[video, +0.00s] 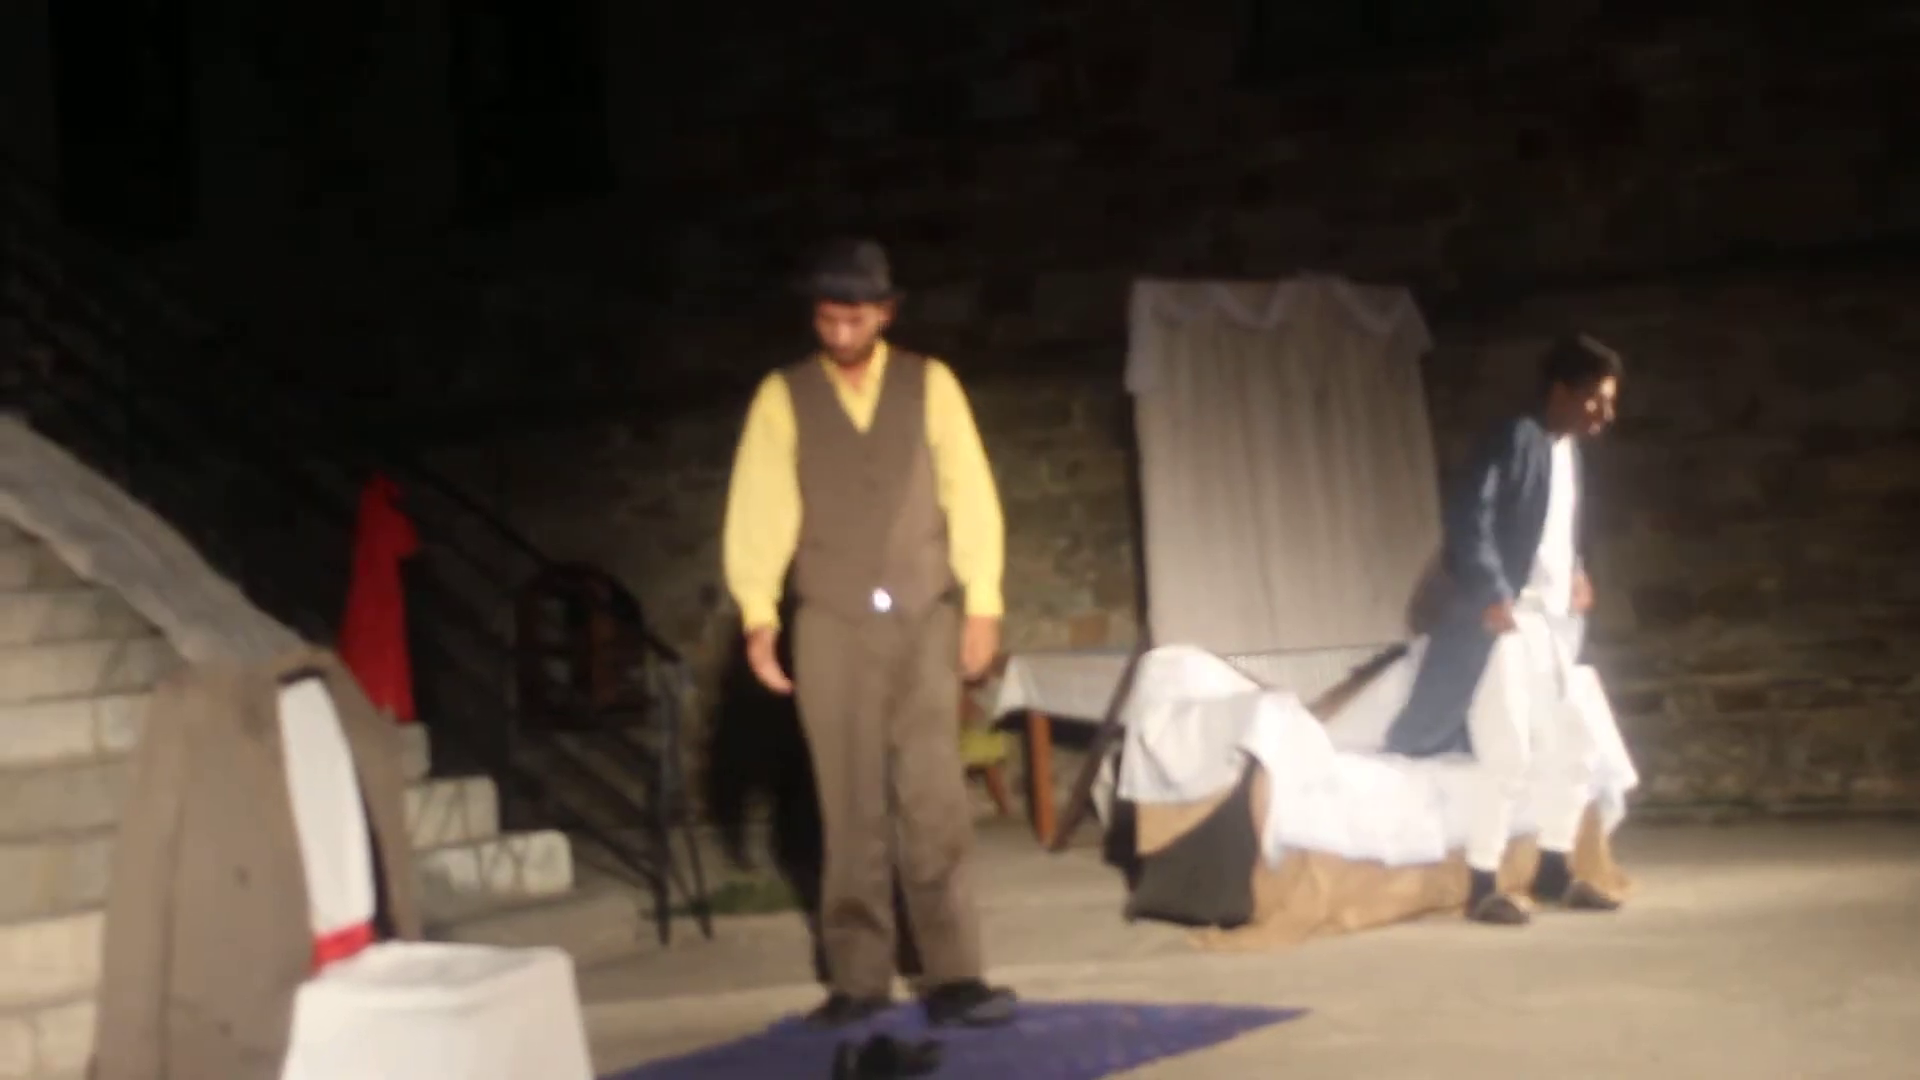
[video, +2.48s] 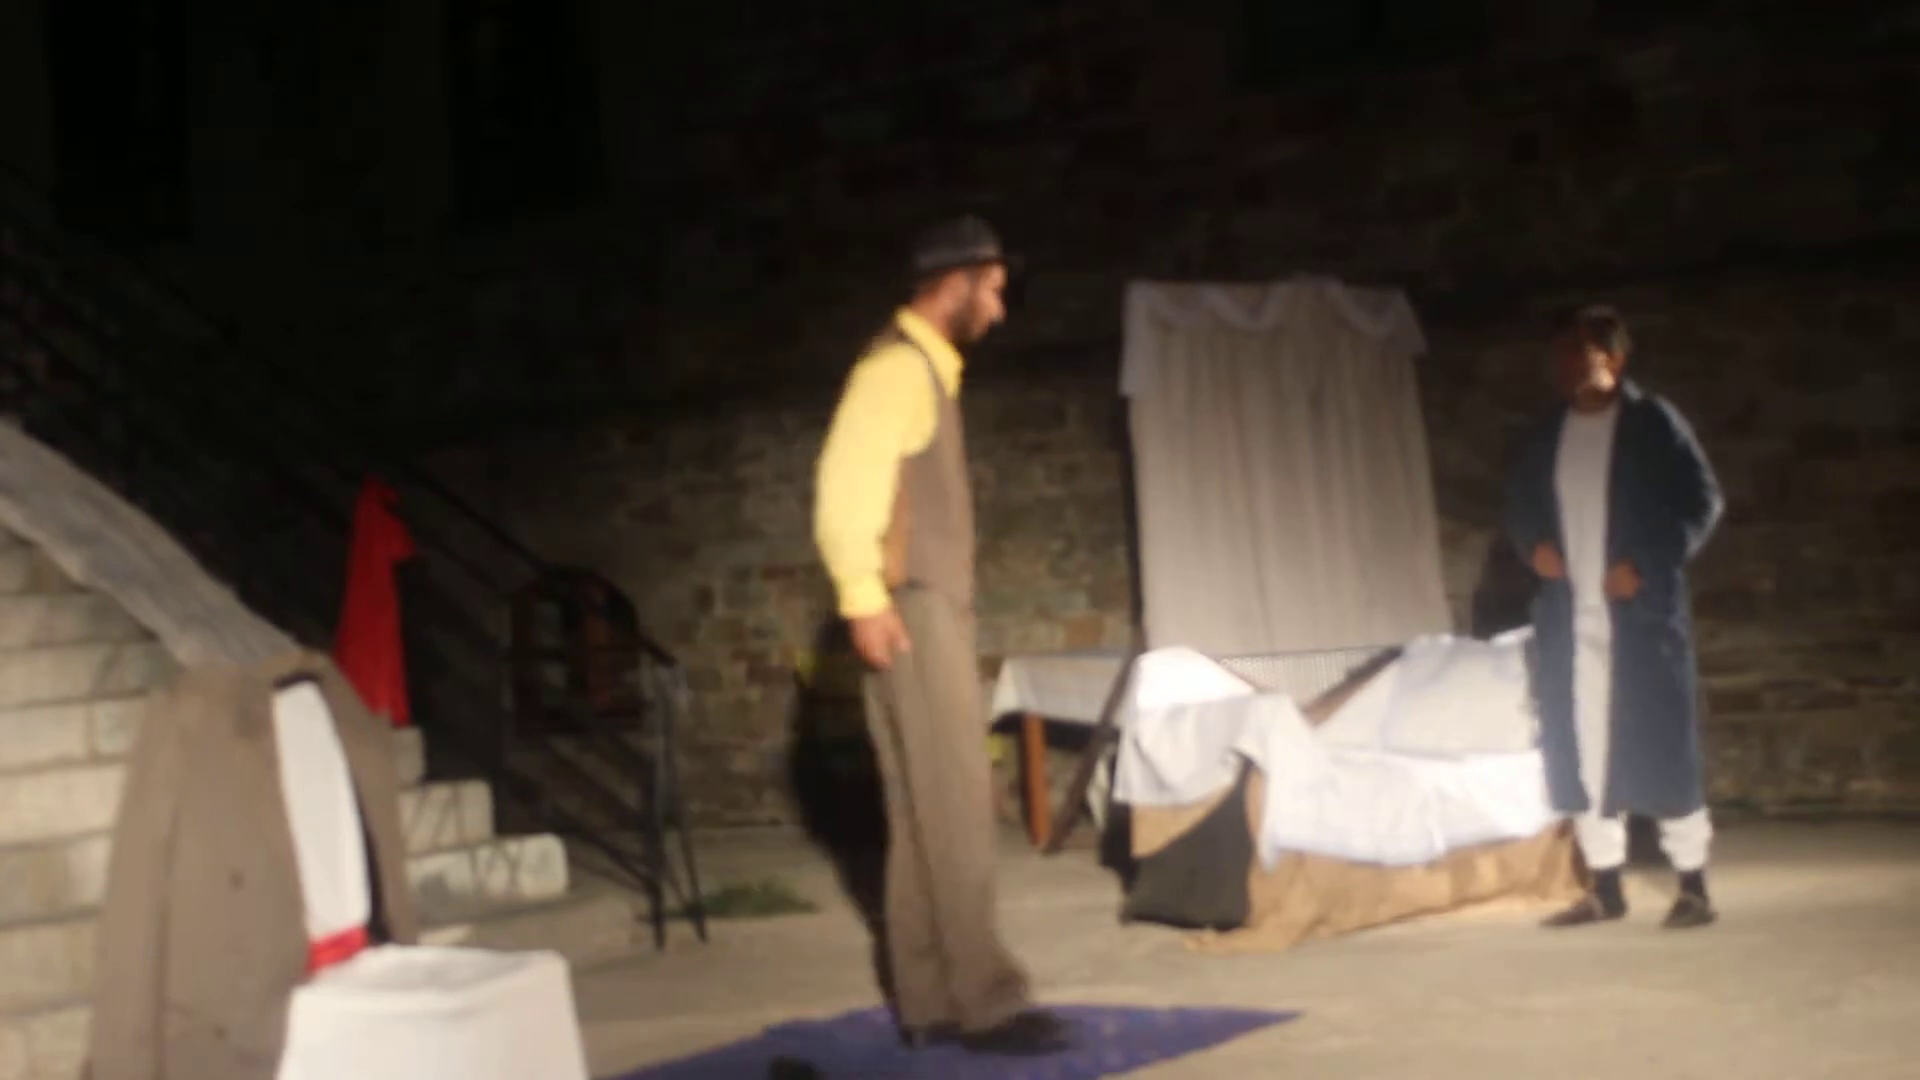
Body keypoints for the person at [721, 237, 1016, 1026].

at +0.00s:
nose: (844, 329)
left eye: (859, 313)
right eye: (831, 312)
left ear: (887, 312)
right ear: (812, 313)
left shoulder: (932, 386)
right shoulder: (782, 399)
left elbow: (972, 498)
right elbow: (757, 509)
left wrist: (982, 607)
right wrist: (758, 613)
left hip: (927, 624)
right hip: (829, 628)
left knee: (934, 801)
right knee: (849, 806)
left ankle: (952, 974)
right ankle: (858, 980)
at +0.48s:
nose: (836, 305)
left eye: (852, 290)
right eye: (834, 289)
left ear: (902, 291)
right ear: (850, 293)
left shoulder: (977, 378)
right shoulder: (821, 388)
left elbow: (1023, 497)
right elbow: (801, 509)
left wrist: (1028, 606)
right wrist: (799, 621)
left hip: (957, 623)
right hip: (852, 625)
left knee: (948, 812)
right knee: (828, 805)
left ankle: (953, 999)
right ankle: (858, 991)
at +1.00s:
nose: (869, 321)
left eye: (884, 307)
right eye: (855, 305)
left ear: (903, 307)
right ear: (827, 302)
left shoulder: (939, 380)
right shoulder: (781, 392)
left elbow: (984, 496)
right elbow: (755, 518)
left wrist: (999, 607)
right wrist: (765, 627)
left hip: (931, 632)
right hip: (828, 637)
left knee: (936, 824)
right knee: (826, 832)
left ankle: (952, 1004)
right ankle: (818, 1024)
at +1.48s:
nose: (828, 326)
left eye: (843, 313)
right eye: (814, 308)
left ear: (859, 315)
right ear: (781, 298)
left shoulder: (876, 384)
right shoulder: (730, 386)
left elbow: (896, 501)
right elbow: (688, 505)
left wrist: (893, 616)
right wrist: (695, 612)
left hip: (864, 635)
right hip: (770, 640)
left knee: (869, 832)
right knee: (788, 834)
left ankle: (888, 1012)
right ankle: (811, 1024)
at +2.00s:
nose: (907, 315)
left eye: (911, 299)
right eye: (894, 298)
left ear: (892, 302)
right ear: (844, 292)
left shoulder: (902, 387)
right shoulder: (766, 387)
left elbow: (930, 498)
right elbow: (722, 515)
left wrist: (950, 594)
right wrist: (744, 628)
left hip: (902, 629)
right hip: (818, 631)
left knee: (919, 816)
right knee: (823, 824)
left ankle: (943, 1004)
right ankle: (812, 1023)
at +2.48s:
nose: (999, 307)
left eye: (1001, 290)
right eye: (994, 289)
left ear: (946, 286)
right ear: (953, 286)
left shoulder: (924, 368)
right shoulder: (898, 369)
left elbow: (883, 492)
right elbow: (845, 485)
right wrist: (864, 599)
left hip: (923, 610)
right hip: (918, 612)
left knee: (925, 817)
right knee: (955, 811)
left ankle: (928, 1004)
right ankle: (983, 1002)